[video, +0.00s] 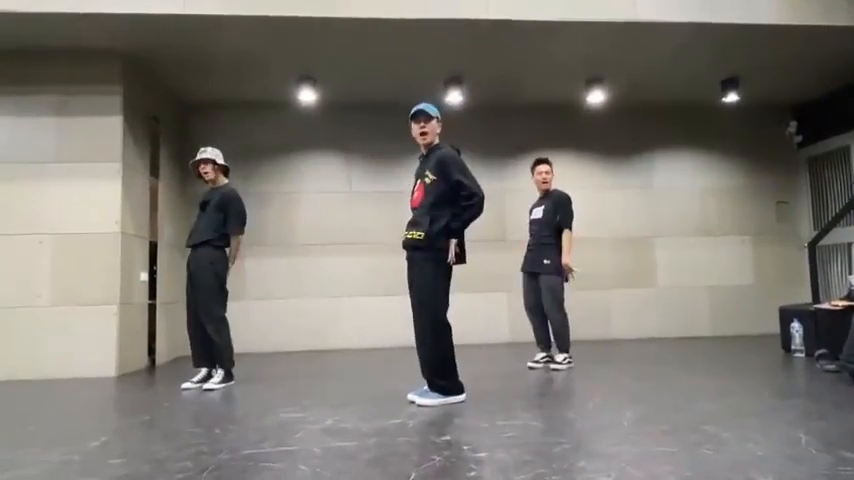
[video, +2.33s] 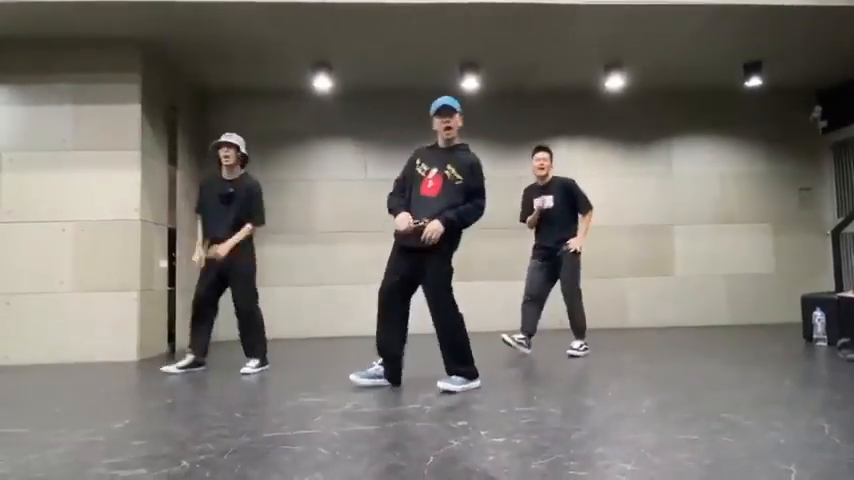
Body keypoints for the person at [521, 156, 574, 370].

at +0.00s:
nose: (544, 176)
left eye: (547, 172)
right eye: (540, 173)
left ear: (553, 175)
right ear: (533, 178)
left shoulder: (561, 198)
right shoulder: (536, 204)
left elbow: (566, 229)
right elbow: (535, 236)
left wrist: (566, 258)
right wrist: (530, 258)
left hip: (551, 263)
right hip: (531, 263)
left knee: (553, 308)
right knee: (533, 308)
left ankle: (564, 353)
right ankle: (544, 351)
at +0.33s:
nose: (549, 174)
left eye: (552, 170)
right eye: (544, 171)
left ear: (558, 173)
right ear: (538, 176)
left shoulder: (567, 196)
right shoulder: (542, 203)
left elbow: (589, 220)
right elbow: (539, 230)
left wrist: (573, 244)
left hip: (556, 259)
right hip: (536, 261)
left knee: (559, 304)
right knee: (534, 304)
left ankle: (568, 353)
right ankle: (547, 350)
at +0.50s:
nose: (549, 172)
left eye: (552, 167)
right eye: (545, 168)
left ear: (559, 170)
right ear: (539, 173)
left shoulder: (570, 194)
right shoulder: (542, 202)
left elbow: (593, 218)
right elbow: (539, 231)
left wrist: (579, 246)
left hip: (562, 258)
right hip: (541, 257)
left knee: (565, 305)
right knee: (517, 284)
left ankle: (570, 352)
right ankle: (540, 324)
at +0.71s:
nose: (549, 170)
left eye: (553, 166)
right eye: (545, 167)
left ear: (559, 169)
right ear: (539, 172)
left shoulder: (569, 193)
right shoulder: (541, 201)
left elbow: (592, 219)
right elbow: (542, 229)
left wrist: (579, 247)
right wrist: (542, 244)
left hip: (562, 256)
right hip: (541, 253)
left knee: (561, 303)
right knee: (509, 268)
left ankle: (571, 350)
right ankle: (540, 299)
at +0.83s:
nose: (546, 168)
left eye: (550, 164)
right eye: (542, 165)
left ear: (556, 168)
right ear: (536, 170)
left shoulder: (568, 192)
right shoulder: (537, 199)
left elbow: (592, 216)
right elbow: (533, 226)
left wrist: (579, 245)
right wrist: (551, 213)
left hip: (563, 254)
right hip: (540, 254)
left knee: (564, 301)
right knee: (514, 288)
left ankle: (573, 349)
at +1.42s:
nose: (515, 175)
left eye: (519, 171)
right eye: (511, 172)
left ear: (526, 173)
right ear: (506, 178)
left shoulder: (543, 196)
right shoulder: (509, 203)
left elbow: (561, 225)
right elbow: (507, 233)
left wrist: (553, 250)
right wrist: (519, 222)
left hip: (539, 256)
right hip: (517, 259)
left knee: (544, 301)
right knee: (507, 301)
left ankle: (574, 343)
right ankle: (513, 347)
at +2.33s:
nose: (541, 163)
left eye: (545, 160)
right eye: (537, 160)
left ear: (551, 164)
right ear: (532, 164)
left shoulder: (566, 185)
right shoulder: (530, 191)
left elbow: (587, 210)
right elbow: (529, 223)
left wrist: (581, 238)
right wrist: (537, 211)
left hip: (567, 248)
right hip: (542, 250)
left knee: (570, 292)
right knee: (533, 293)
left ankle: (580, 340)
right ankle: (525, 337)